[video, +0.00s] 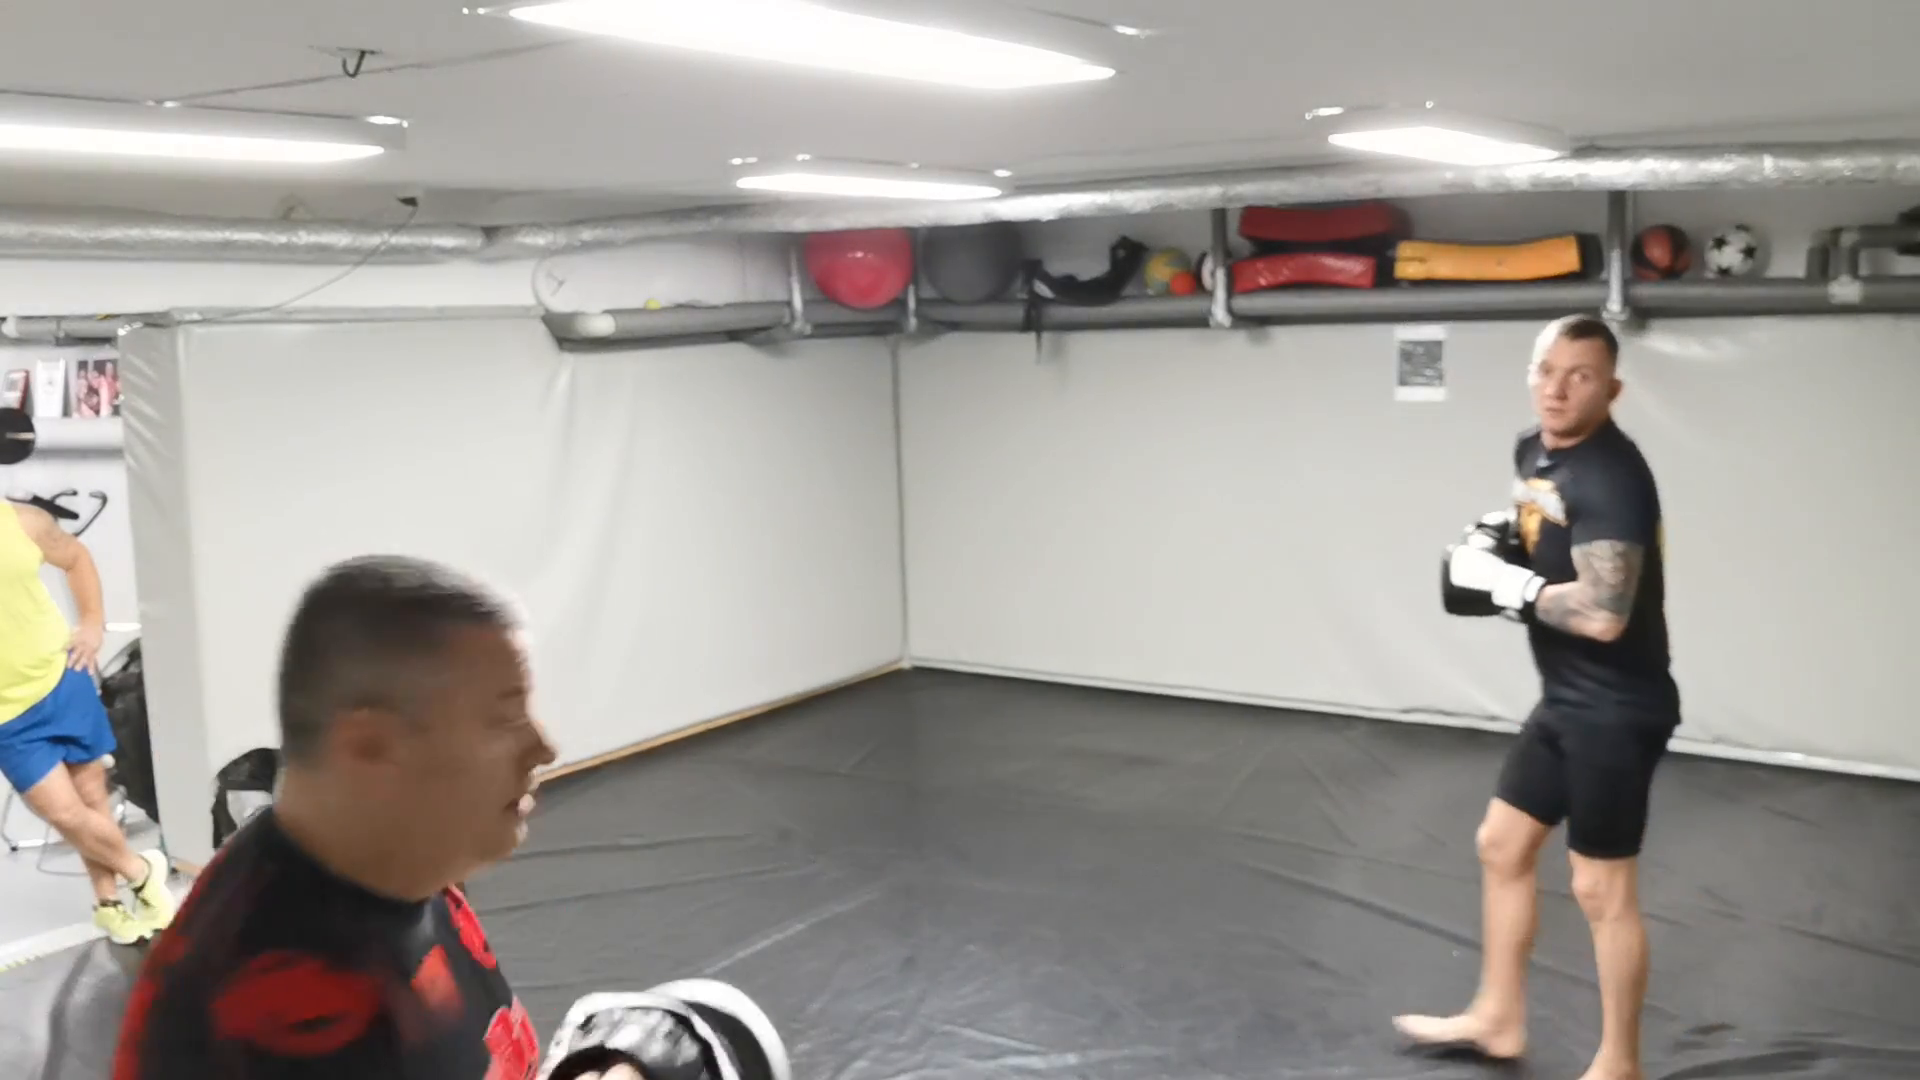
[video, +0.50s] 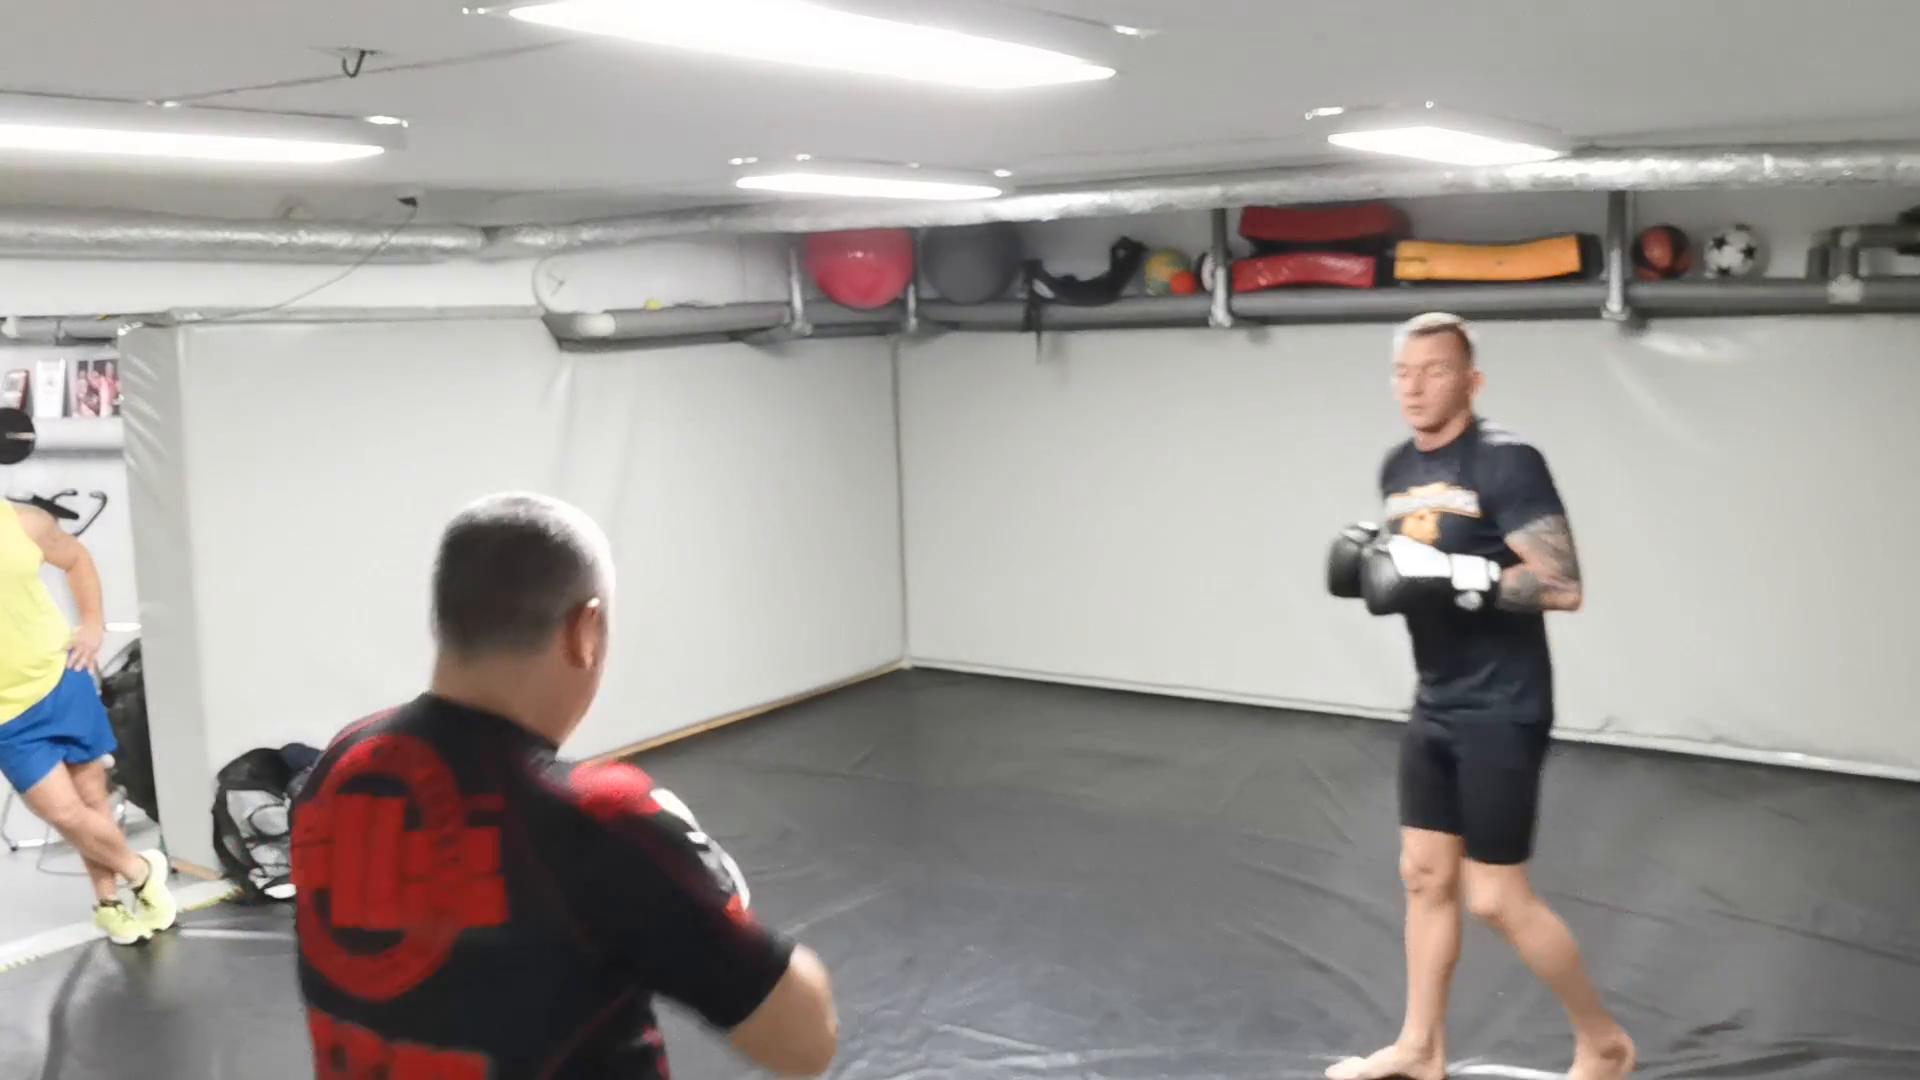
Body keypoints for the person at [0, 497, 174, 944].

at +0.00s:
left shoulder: (19, 521)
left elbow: (76, 558)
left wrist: (92, 623)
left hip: (62, 682)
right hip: (8, 715)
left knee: (92, 797)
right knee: (64, 815)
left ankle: (107, 901)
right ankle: (142, 872)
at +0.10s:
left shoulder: (21, 522)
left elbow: (76, 557)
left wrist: (92, 623)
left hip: (62, 683)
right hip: (9, 715)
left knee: (91, 797)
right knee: (64, 815)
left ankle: (107, 901)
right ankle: (142, 872)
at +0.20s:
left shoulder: (21, 522)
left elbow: (76, 557)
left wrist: (92, 623)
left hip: (62, 683)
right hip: (8, 715)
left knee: (92, 797)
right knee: (64, 815)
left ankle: (107, 901)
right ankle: (142, 872)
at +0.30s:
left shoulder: (21, 521)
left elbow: (76, 558)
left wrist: (92, 624)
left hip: (62, 683)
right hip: (8, 715)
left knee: (92, 797)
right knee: (64, 815)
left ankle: (107, 902)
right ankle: (142, 872)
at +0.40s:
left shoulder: (21, 522)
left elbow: (76, 558)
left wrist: (92, 623)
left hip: (63, 683)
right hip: (9, 715)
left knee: (92, 797)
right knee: (64, 815)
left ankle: (107, 901)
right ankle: (142, 872)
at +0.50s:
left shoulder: (22, 523)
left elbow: (76, 558)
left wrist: (92, 623)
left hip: (63, 683)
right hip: (9, 716)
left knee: (92, 798)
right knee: (64, 816)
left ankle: (107, 901)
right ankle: (142, 872)